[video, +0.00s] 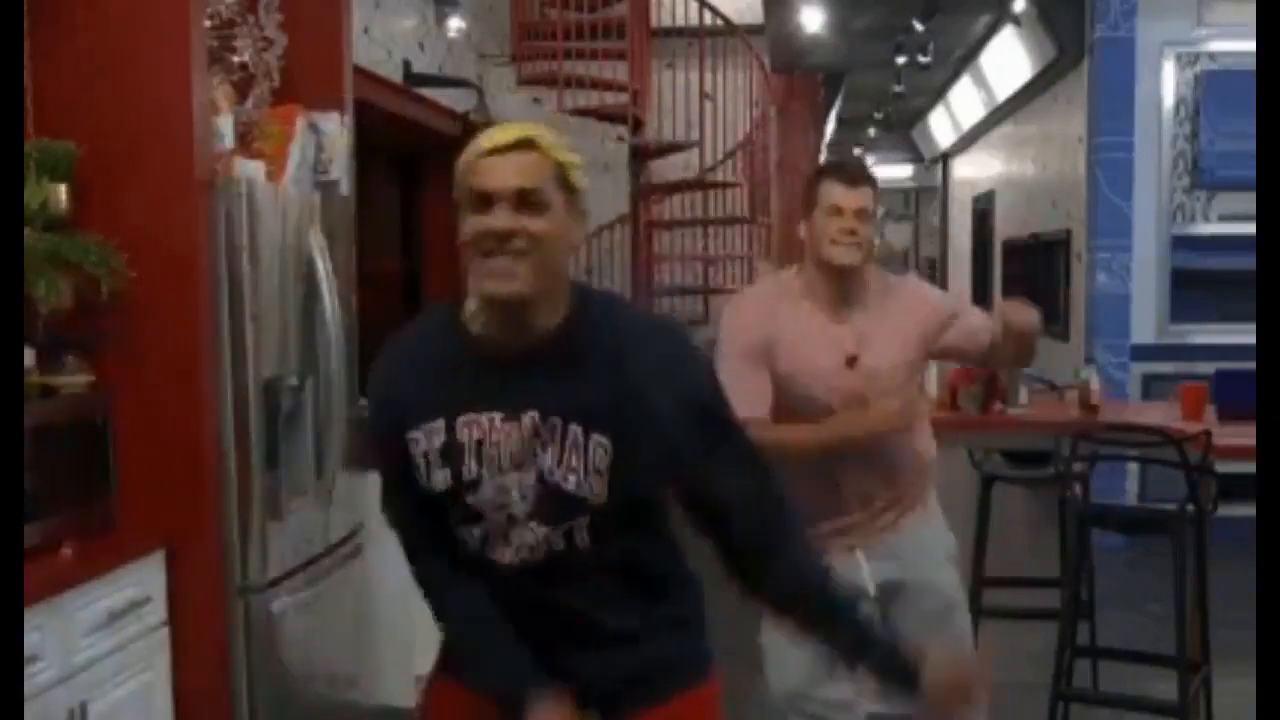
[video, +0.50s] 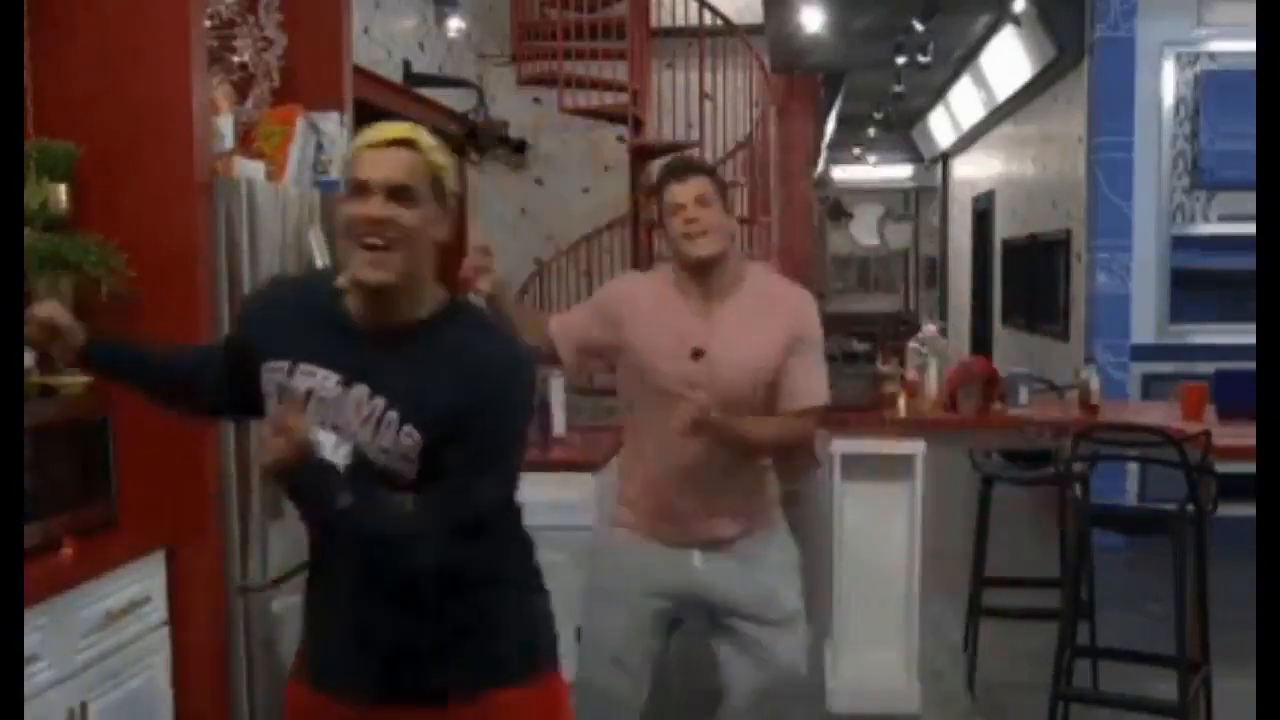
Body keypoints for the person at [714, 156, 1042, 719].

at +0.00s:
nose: (850, 226)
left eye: (863, 215)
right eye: (835, 213)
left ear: (876, 228)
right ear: (806, 225)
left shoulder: (910, 300)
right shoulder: (755, 311)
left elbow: (1004, 355)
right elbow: (745, 434)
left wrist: (1017, 332)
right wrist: (861, 424)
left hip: (906, 522)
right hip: (806, 536)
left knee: (949, 683)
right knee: (799, 693)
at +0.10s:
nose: (827, 231)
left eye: (840, 217)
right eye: (810, 220)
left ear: (860, 229)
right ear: (788, 238)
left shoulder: (908, 311)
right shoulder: (752, 323)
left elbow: (969, 404)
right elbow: (743, 445)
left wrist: (1023, 428)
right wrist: (839, 515)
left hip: (897, 549)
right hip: (785, 549)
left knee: (941, 704)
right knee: (771, 706)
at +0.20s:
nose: (780, 190)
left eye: (793, 177)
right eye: (764, 182)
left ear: (820, 189)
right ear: (750, 202)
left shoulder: (875, 278)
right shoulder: (711, 289)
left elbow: (905, 393)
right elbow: (675, 407)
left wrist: (927, 503)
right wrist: (687, 499)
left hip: (863, 529)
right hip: (741, 528)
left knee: (924, 694)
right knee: (661, 676)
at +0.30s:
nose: (754, 183)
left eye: (767, 170)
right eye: (739, 175)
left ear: (795, 183)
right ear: (725, 191)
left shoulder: (850, 267)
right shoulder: (686, 274)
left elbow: (880, 385)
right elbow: (622, 377)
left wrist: (864, 502)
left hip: (820, 505)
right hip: (705, 508)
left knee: (886, 669)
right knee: (653, 664)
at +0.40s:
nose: (708, 214)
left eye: (721, 200)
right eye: (693, 206)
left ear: (749, 213)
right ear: (679, 225)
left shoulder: (804, 302)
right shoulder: (642, 301)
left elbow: (818, 422)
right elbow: (550, 356)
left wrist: (752, 446)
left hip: (766, 527)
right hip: (656, 534)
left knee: (813, 667)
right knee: (616, 690)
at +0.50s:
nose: (691, 218)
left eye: (704, 204)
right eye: (676, 210)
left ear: (732, 214)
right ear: (662, 228)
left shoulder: (788, 305)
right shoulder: (628, 297)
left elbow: (803, 427)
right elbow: (544, 337)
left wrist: (729, 427)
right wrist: (495, 294)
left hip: (751, 543)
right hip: (641, 541)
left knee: (780, 691)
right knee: (607, 701)